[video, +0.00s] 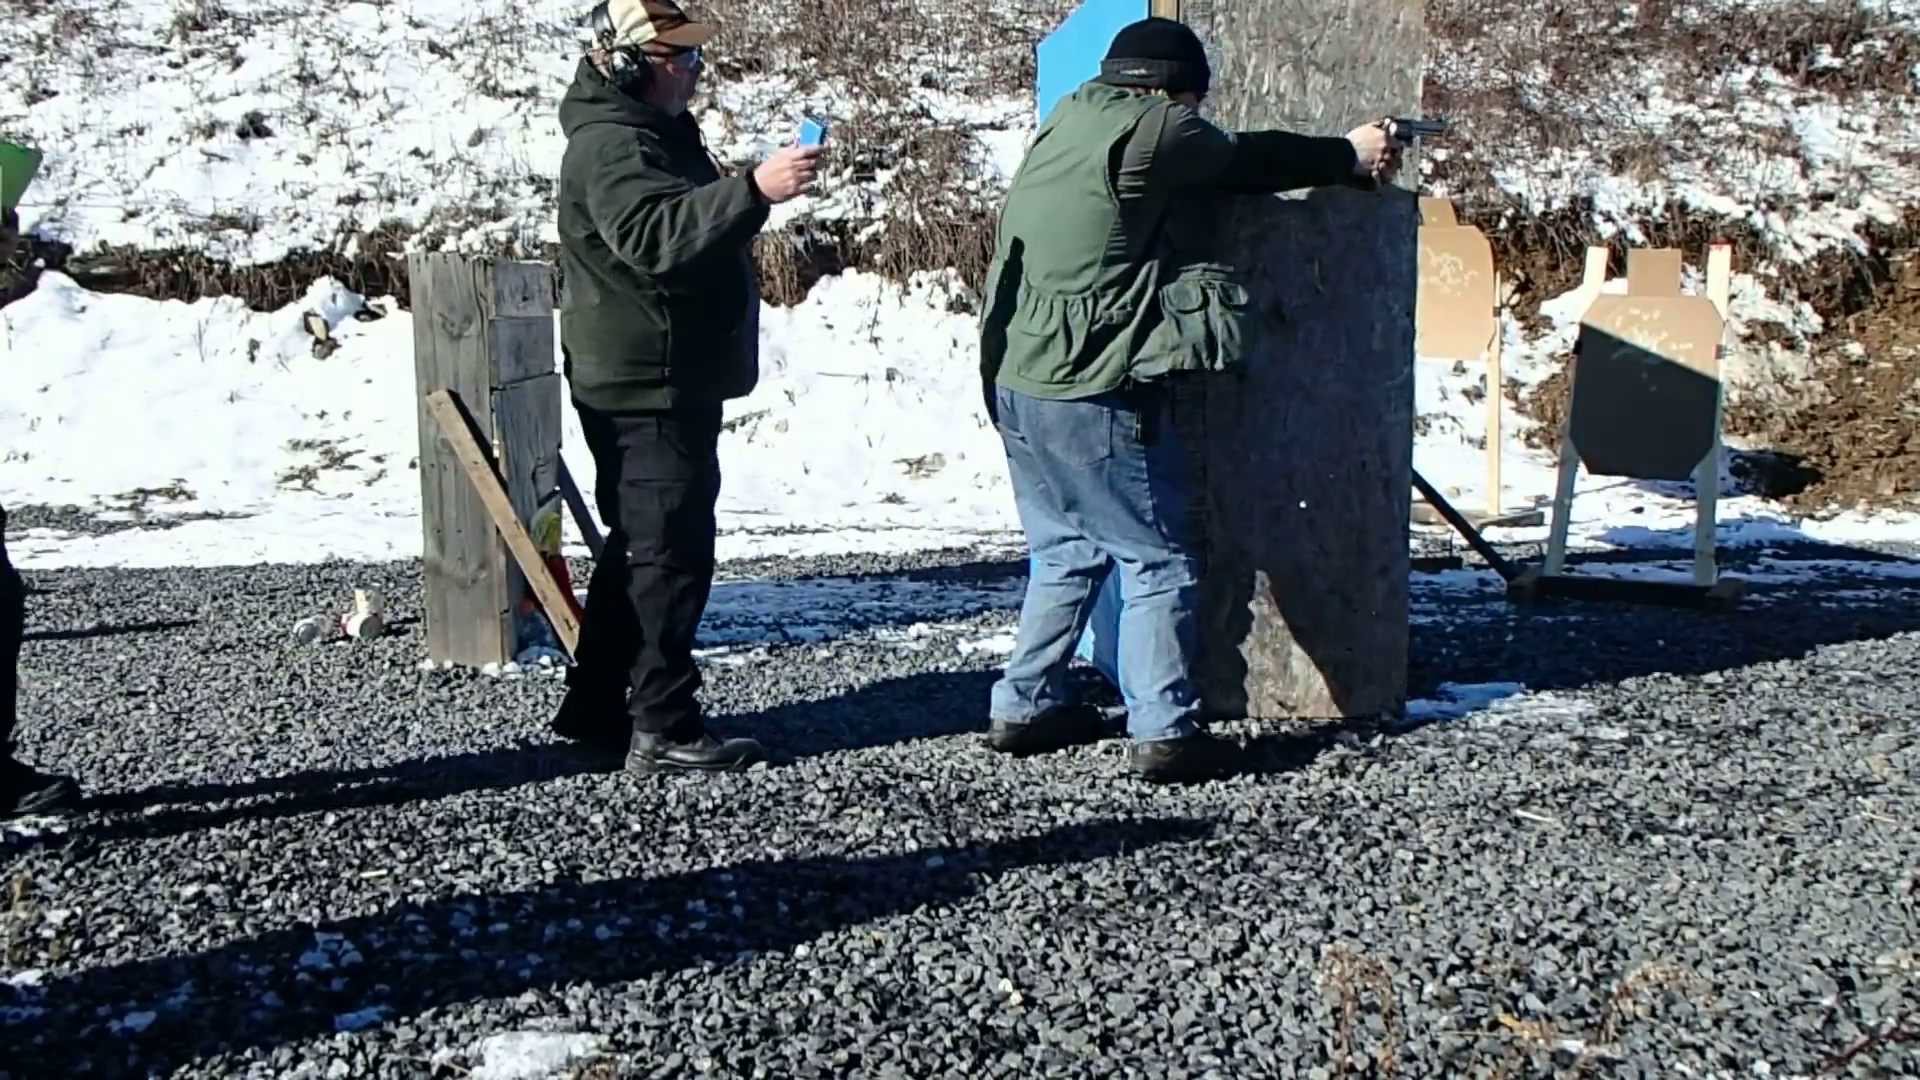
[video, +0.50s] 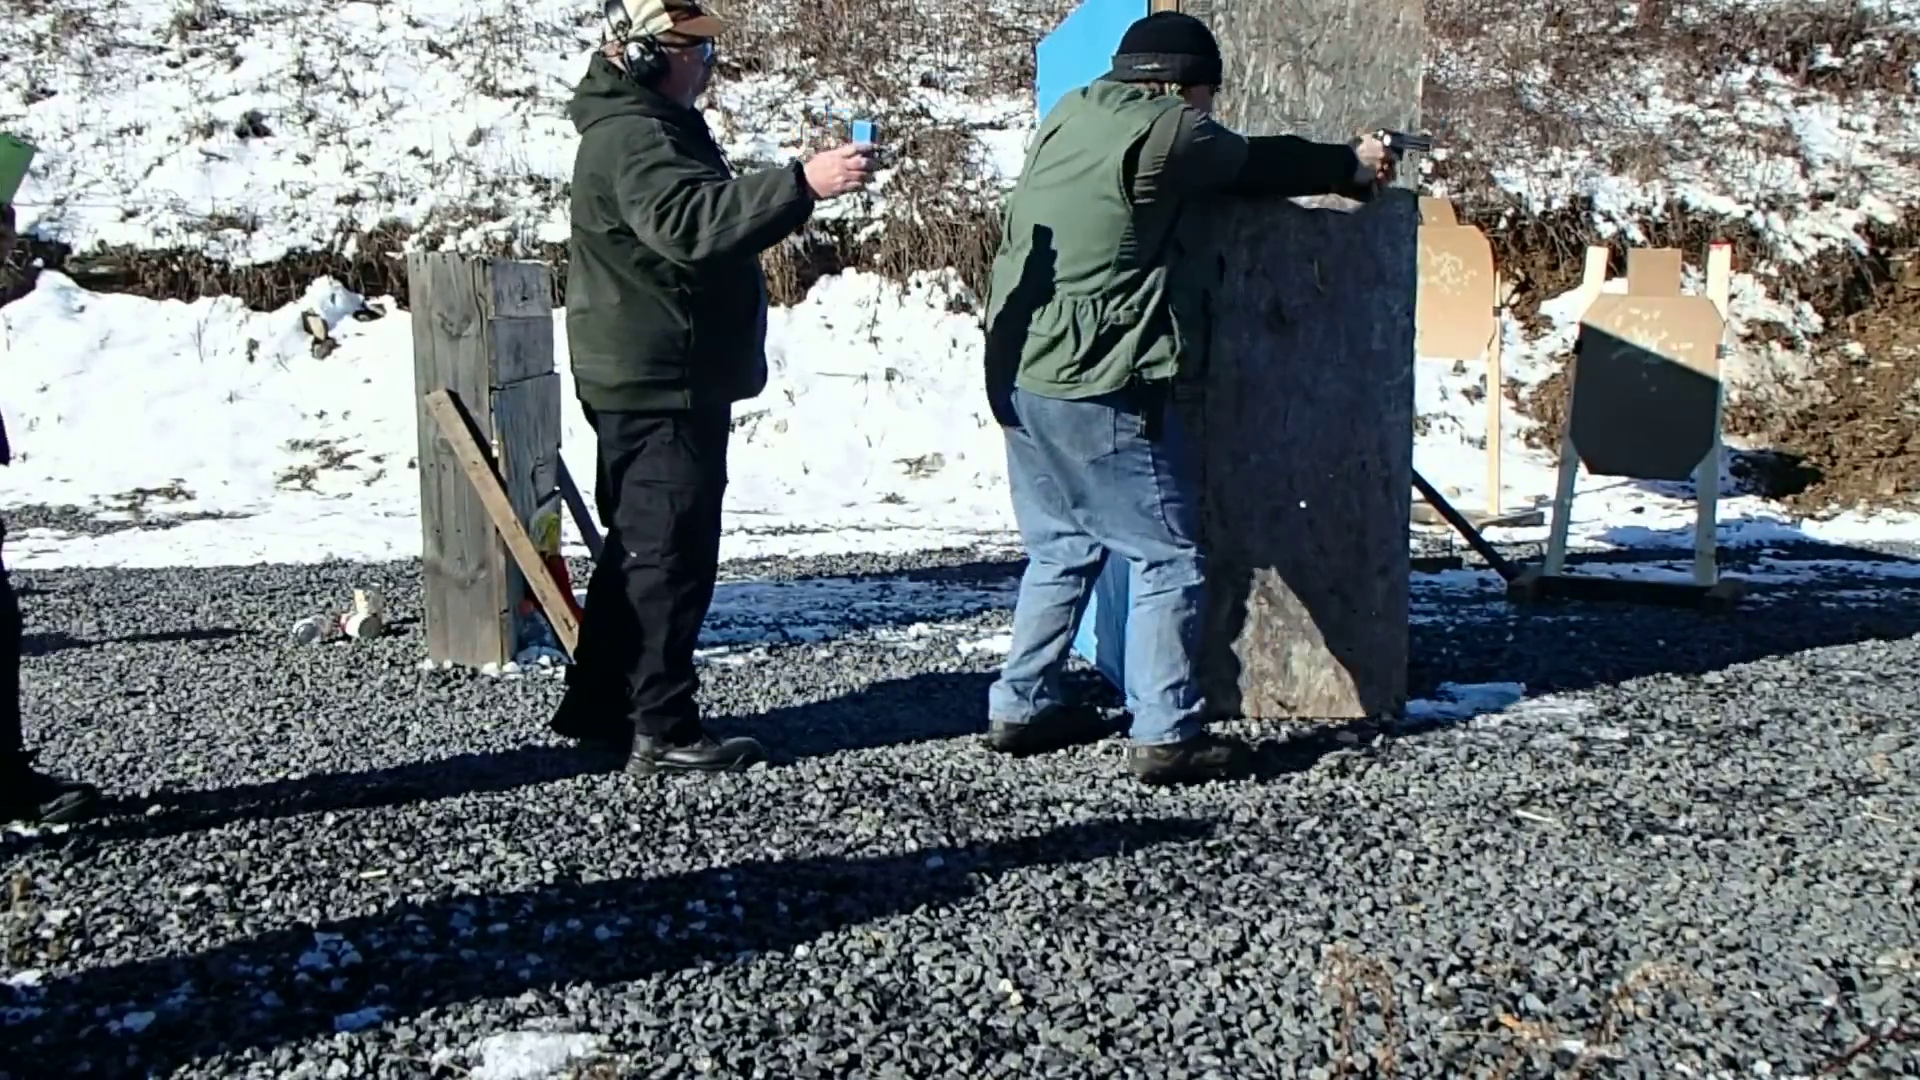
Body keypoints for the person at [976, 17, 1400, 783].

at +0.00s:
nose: (1198, 105)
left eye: (1198, 96)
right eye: (1197, 94)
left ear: (1117, 72)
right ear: (1177, 86)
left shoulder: (1065, 120)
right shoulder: (1160, 130)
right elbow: (1251, 161)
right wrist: (1351, 152)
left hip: (1017, 378)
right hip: (1088, 389)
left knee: (1064, 548)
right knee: (1157, 559)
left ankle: (1023, 706)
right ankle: (1164, 731)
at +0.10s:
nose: (1193, 107)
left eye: (1193, 97)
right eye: (1191, 96)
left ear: (1112, 73)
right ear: (1172, 87)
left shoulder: (1057, 123)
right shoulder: (1152, 129)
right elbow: (1244, 164)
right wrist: (1343, 154)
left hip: (1017, 380)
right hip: (1085, 389)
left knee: (1062, 550)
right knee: (1152, 560)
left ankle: (1023, 707)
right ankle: (1163, 731)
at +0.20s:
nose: (1188, 107)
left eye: (1189, 97)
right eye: (1186, 96)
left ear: (1108, 73)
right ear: (1166, 87)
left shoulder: (1054, 121)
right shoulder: (1146, 130)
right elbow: (1242, 161)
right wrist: (1343, 150)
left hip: (1015, 379)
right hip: (1082, 387)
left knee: (1062, 549)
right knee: (1150, 559)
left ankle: (1023, 706)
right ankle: (1163, 731)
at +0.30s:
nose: (1189, 107)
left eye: (1190, 97)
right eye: (1187, 96)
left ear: (1109, 73)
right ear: (1168, 87)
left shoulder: (1055, 121)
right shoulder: (1147, 129)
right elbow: (1244, 161)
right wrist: (1343, 150)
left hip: (1017, 378)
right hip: (1085, 386)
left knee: (1062, 550)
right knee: (1152, 558)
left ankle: (1022, 707)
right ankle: (1163, 731)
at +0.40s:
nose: (1194, 108)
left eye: (1194, 99)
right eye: (1193, 98)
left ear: (1115, 72)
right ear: (1175, 88)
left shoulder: (1062, 120)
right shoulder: (1154, 129)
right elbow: (1247, 163)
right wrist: (1345, 151)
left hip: (1017, 377)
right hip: (1087, 387)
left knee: (1063, 549)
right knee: (1157, 558)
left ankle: (1023, 707)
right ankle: (1162, 732)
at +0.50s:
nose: (1210, 108)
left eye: (1209, 94)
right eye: (1208, 94)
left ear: (1130, 71)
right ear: (1187, 85)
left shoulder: (1068, 116)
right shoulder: (1167, 131)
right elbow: (1262, 164)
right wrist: (1352, 164)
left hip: (1023, 373)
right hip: (1097, 383)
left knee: (1061, 547)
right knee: (1167, 557)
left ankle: (1021, 708)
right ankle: (1166, 734)